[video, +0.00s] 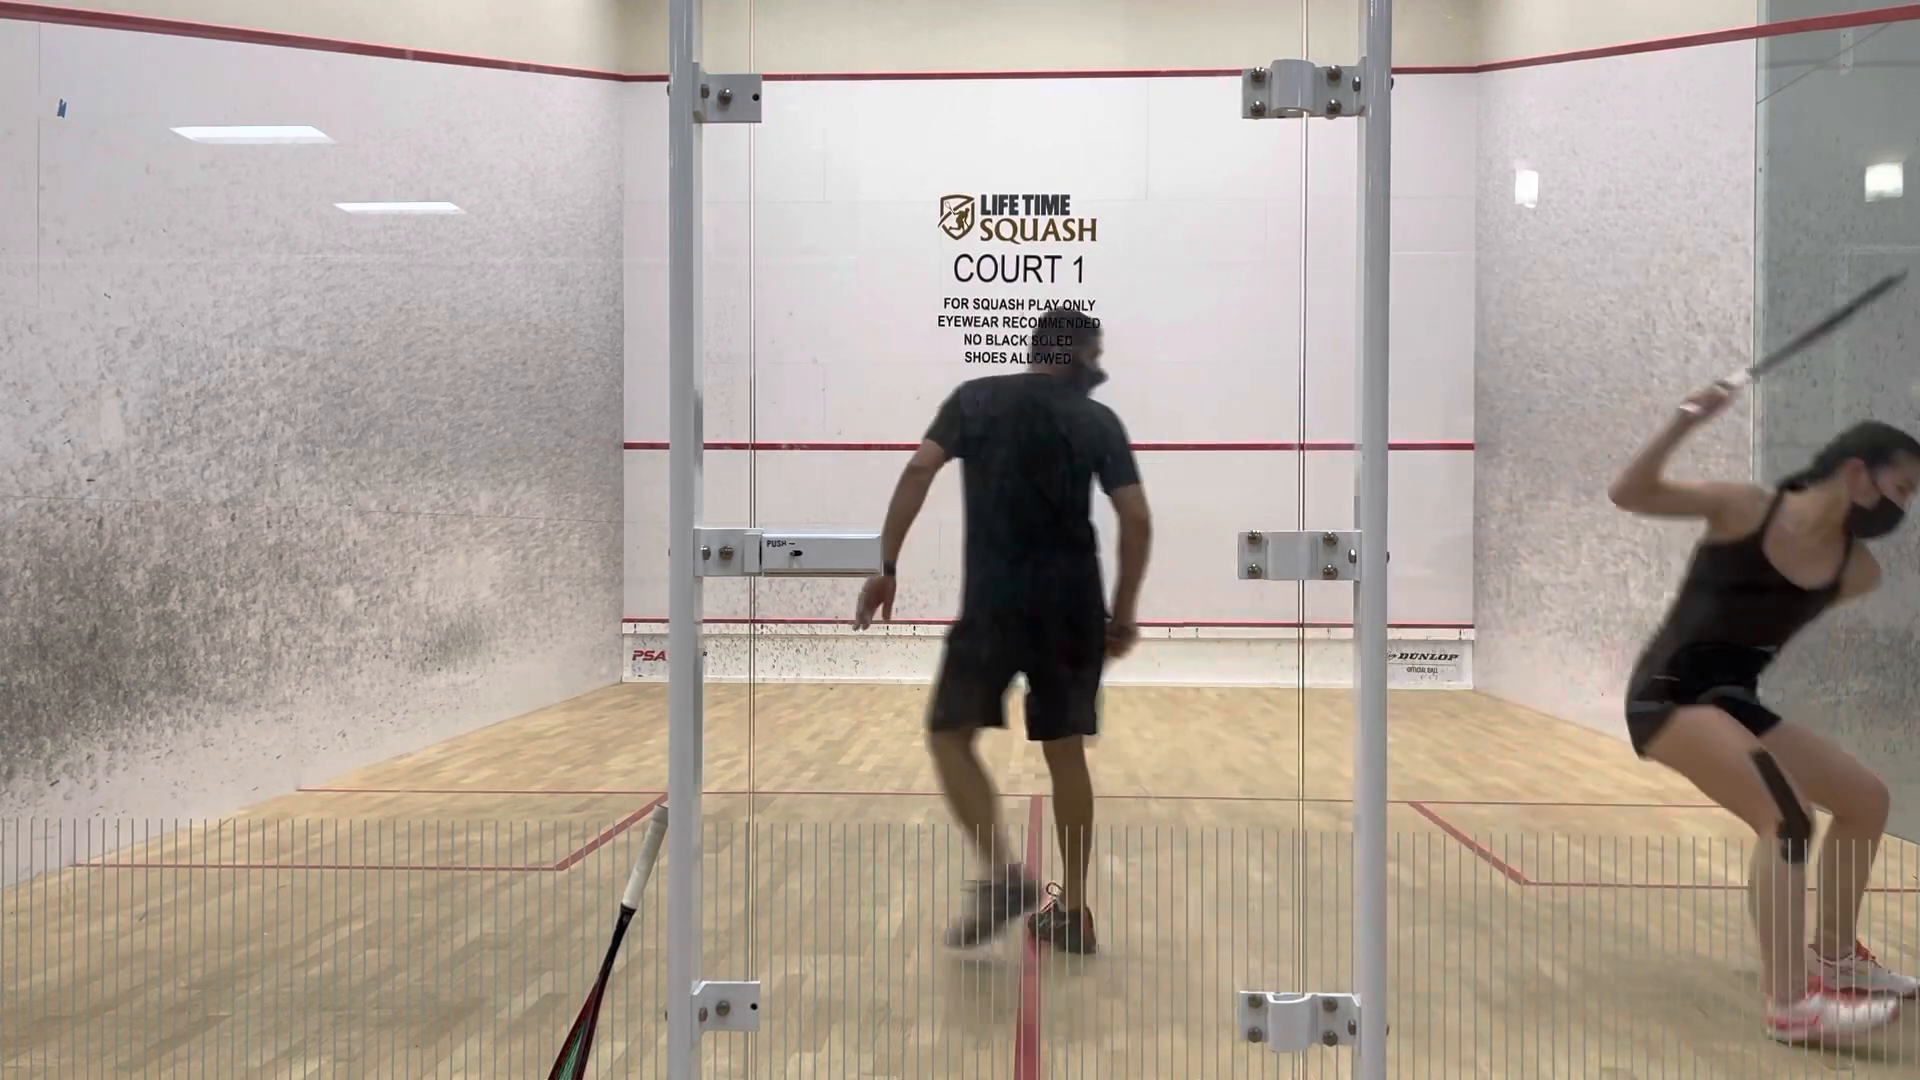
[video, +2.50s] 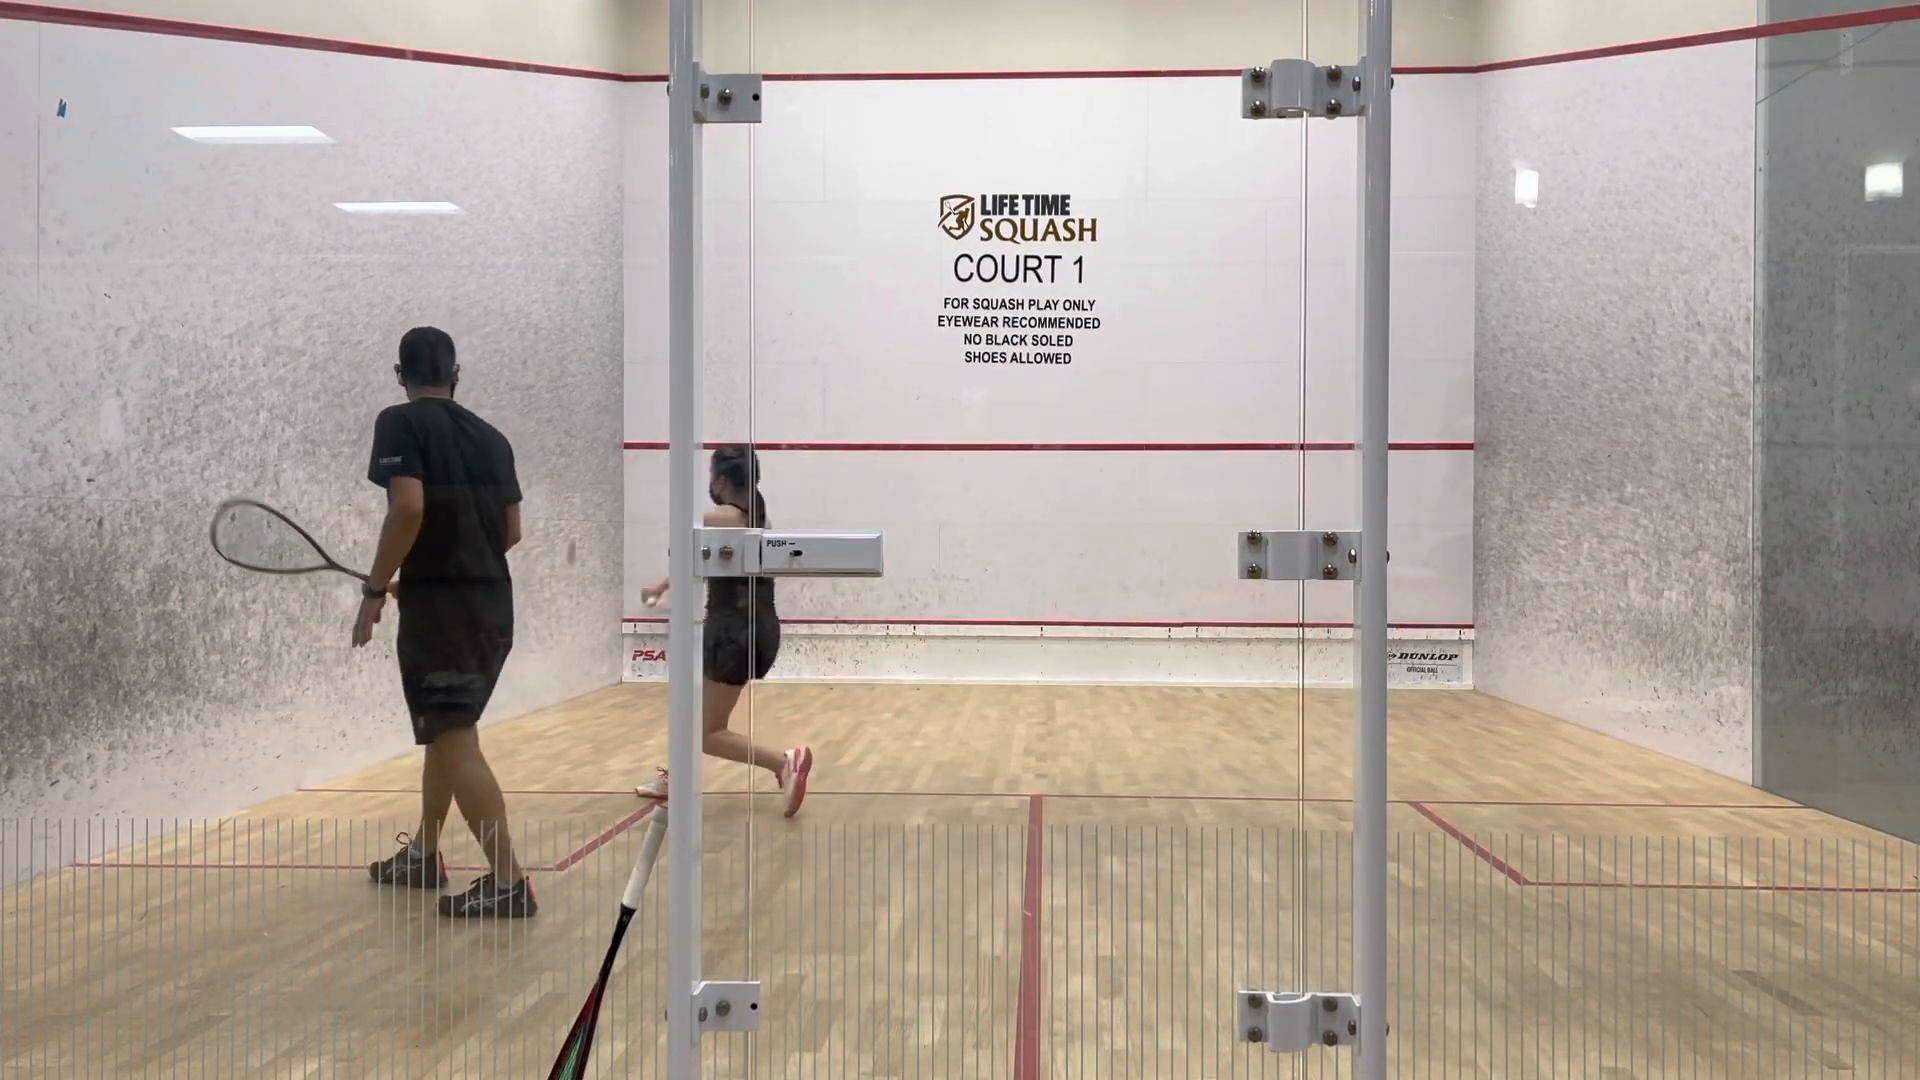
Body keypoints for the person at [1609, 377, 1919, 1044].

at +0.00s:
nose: (1901, 508)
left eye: (1908, 498)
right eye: (1898, 491)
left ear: (1866, 482)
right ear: (1857, 472)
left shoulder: (1857, 572)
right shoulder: (1745, 507)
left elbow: (1779, 615)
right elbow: (1630, 493)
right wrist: (1681, 423)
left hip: (1734, 701)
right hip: (1666, 696)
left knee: (1865, 801)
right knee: (1785, 819)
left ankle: (1834, 955)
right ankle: (1787, 1004)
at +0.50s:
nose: (1727, 470)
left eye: (1729, 460)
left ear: (1731, 466)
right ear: (1801, 476)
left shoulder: (1678, 510)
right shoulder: (1819, 553)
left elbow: (1570, 549)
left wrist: (1462, 571)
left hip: (1611, 696)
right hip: (1696, 707)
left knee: (1682, 793)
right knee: (1845, 836)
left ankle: (1601, 923)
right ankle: (1823, 1013)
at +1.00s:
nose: (1339, 379)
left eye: (1344, 368)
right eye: (1344, 367)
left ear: (1356, 374)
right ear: (1410, 373)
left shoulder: (1335, 435)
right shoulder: (1448, 443)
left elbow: (1264, 493)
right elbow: (1494, 521)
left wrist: (1185, 532)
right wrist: (1458, 577)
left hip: (1358, 614)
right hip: (1432, 613)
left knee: (1367, 764)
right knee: (1427, 764)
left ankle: (1388, 884)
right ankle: (1436, 900)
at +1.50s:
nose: (1073, 430)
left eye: (1077, 423)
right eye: (1078, 422)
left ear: (1084, 430)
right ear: (1123, 432)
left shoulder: (1069, 481)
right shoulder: (1145, 488)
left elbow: (1056, 550)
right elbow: (1165, 560)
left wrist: (1014, 588)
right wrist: (1119, 576)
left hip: (1098, 627)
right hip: (1149, 623)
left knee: (1093, 740)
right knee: (1129, 730)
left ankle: (1141, 841)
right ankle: (1178, 803)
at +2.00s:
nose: (863, 451)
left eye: (868, 445)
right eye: (866, 444)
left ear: (877, 453)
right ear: (901, 453)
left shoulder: (890, 503)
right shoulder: (886, 492)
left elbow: (827, 539)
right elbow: (828, 519)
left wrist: (762, 514)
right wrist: (788, 483)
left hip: (902, 627)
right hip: (913, 624)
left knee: (832, 697)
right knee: (887, 708)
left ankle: (841, 793)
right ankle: (964, 754)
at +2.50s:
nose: (709, 482)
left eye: (713, 475)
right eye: (711, 475)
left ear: (724, 480)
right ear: (747, 480)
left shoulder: (720, 518)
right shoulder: (756, 517)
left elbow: (690, 561)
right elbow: (707, 562)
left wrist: (661, 586)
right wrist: (669, 585)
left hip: (732, 629)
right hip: (757, 626)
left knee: (706, 736)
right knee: (698, 709)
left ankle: (783, 763)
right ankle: (676, 778)